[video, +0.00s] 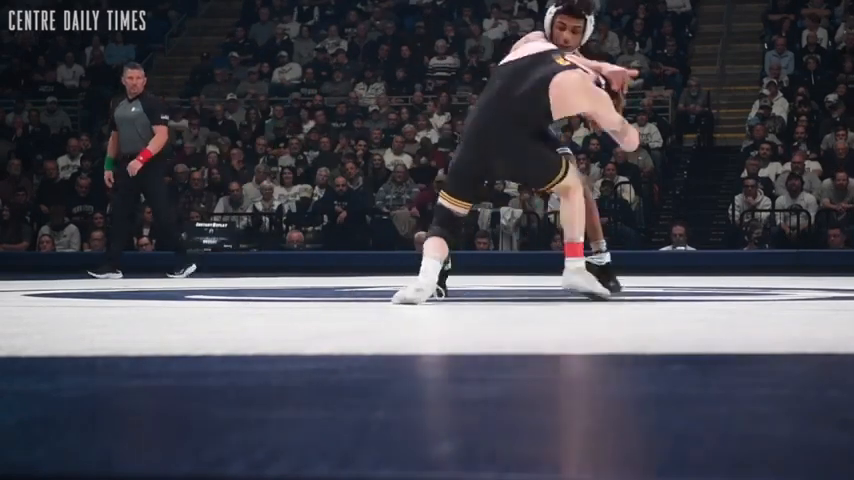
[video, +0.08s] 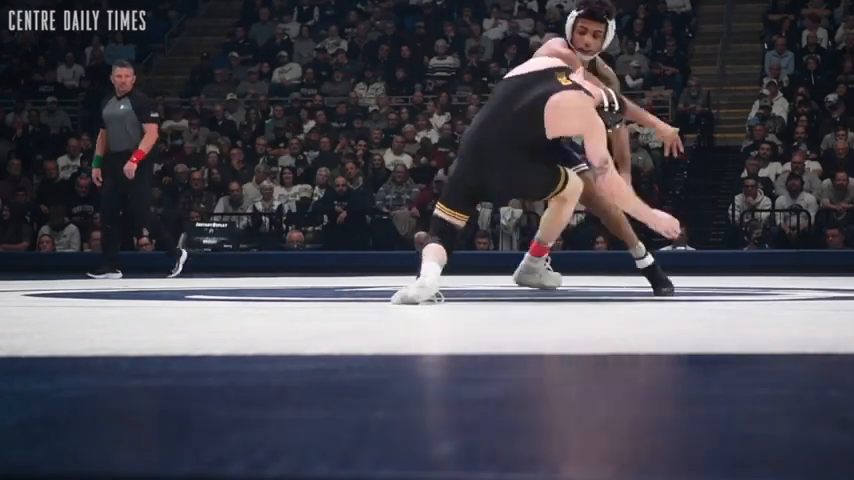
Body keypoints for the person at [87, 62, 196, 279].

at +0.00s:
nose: (134, 83)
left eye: (138, 78)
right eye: (130, 78)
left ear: (145, 80)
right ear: (123, 81)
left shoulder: (152, 103)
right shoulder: (118, 106)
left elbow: (161, 135)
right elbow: (114, 137)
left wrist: (140, 159)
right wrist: (108, 165)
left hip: (150, 164)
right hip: (126, 166)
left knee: (162, 211)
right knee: (119, 213)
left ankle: (184, 260)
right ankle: (113, 265)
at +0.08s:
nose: (123, 81)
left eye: (127, 76)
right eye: (119, 76)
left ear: (133, 79)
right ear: (112, 78)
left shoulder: (141, 101)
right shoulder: (108, 104)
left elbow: (152, 133)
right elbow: (103, 134)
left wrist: (135, 159)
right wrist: (97, 163)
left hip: (137, 161)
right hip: (113, 162)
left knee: (140, 210)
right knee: (110, 212)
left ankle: (174, 251)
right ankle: (111, 265)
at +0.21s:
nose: (108, 78)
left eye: (112, 74)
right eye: (104, 74)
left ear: (119, 76)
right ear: (97, 76)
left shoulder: (128, 98)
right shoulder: (90, 102)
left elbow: (140, 131)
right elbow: (85, 132)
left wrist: (127, 160)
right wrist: (76, 160)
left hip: (121, 159)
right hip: (98, 160)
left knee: (114, 206)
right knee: (102, 211)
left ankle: (145, 247)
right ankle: (110, 265)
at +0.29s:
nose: (101, 77)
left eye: (105, 73)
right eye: (96, 73)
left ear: (111, 75)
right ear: (89, 75)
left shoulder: (118, 98)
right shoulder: (84, 101)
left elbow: (133, 129)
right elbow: (75, 131)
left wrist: (123, 160)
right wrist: (64, 156)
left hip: (111, 158)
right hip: (91, 159)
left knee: (99, 208)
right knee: (96, 209)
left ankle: (116, 257)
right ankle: (111, 259)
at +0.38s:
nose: (92, 77)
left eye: (96, 73)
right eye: (88, 73)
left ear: (102, 76)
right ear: (81, 75)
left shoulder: (110, 98)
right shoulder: (74, 102)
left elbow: (126, 130)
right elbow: (65, 131)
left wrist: (118, 161)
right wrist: (53, 156)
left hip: (104, 158)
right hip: (85, 159)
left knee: (90, 207)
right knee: (94, 210)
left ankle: (90, 262)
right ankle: (110, 264)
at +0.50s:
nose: (81, 78)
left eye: (85, 74)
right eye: (77, 74)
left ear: (91, 76)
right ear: (69, 76)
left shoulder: (99, 100)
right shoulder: (62, 103)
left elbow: (115, 132)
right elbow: (52, 131)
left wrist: (109, 164)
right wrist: (40, 155)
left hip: (94, 160)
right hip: (74, 162)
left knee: (78, 209)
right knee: (93, 212)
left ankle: (60, 264)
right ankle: (109, 263)